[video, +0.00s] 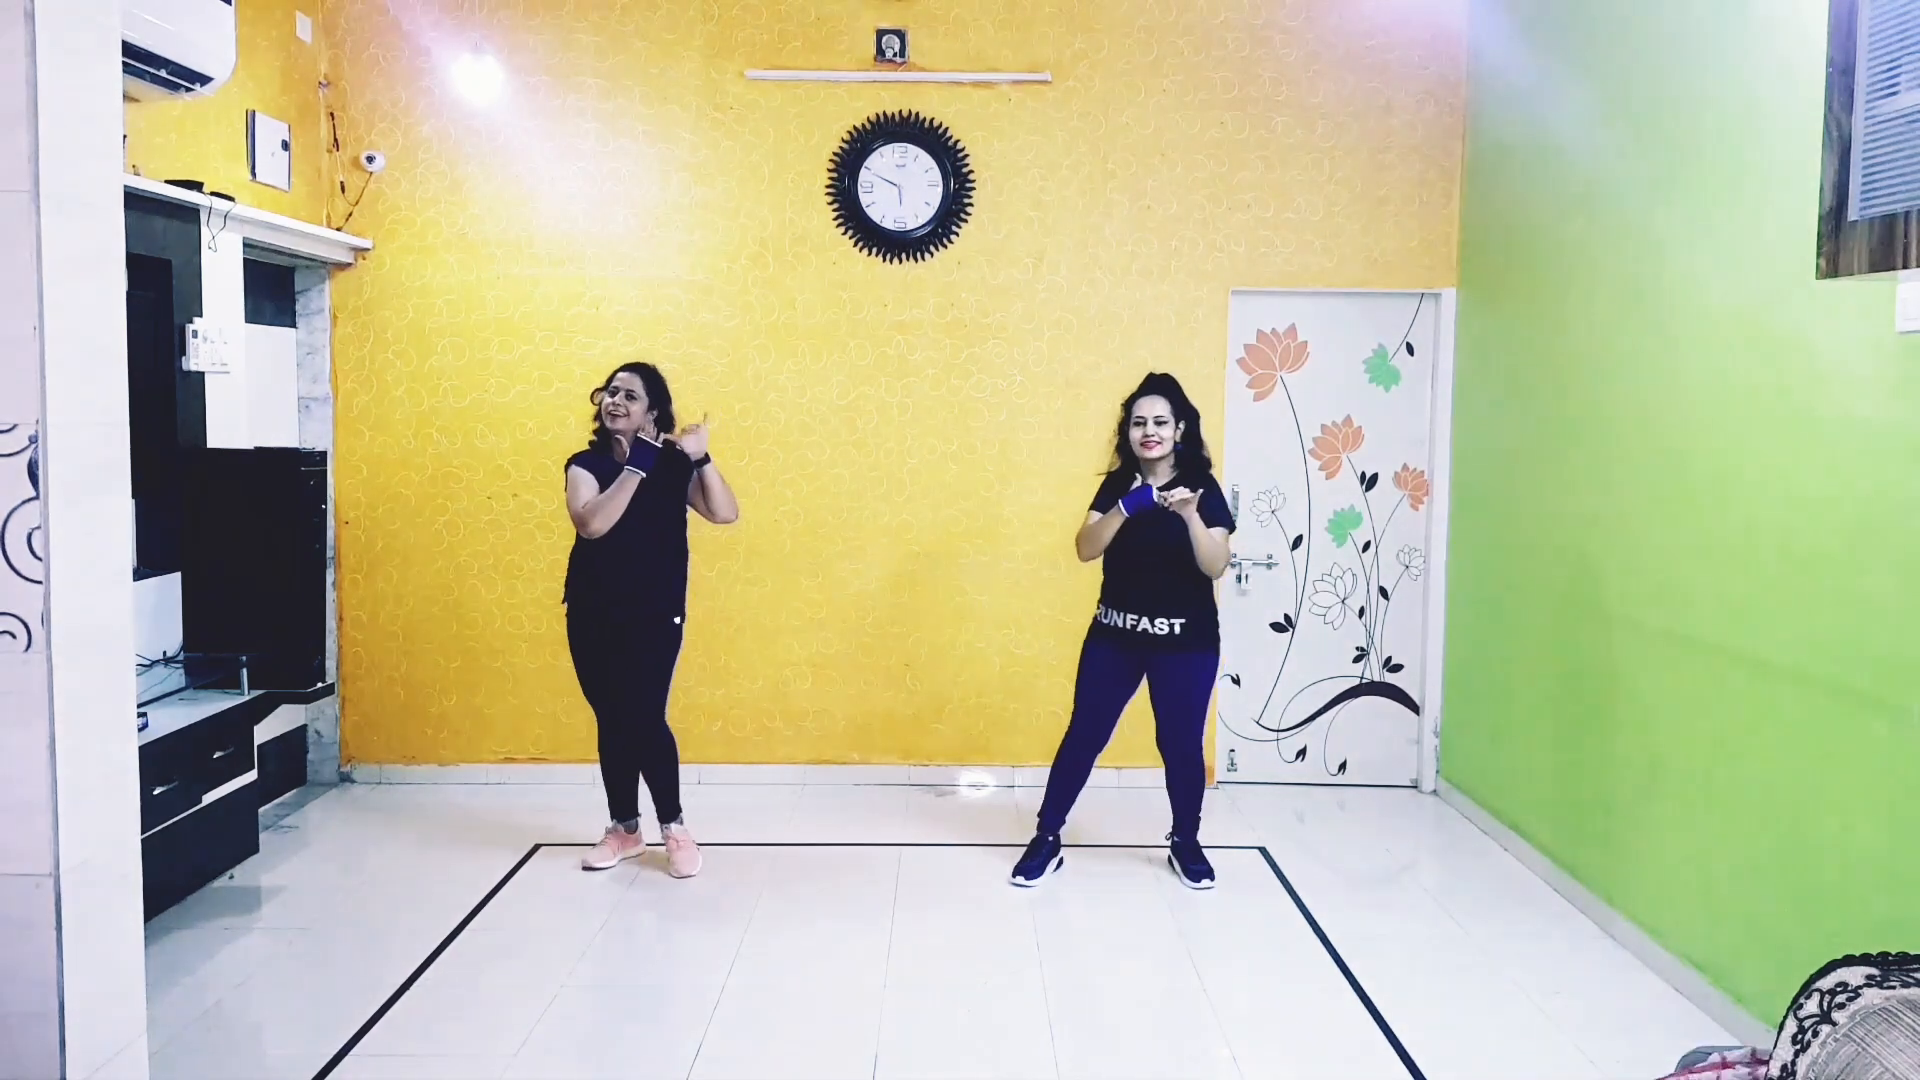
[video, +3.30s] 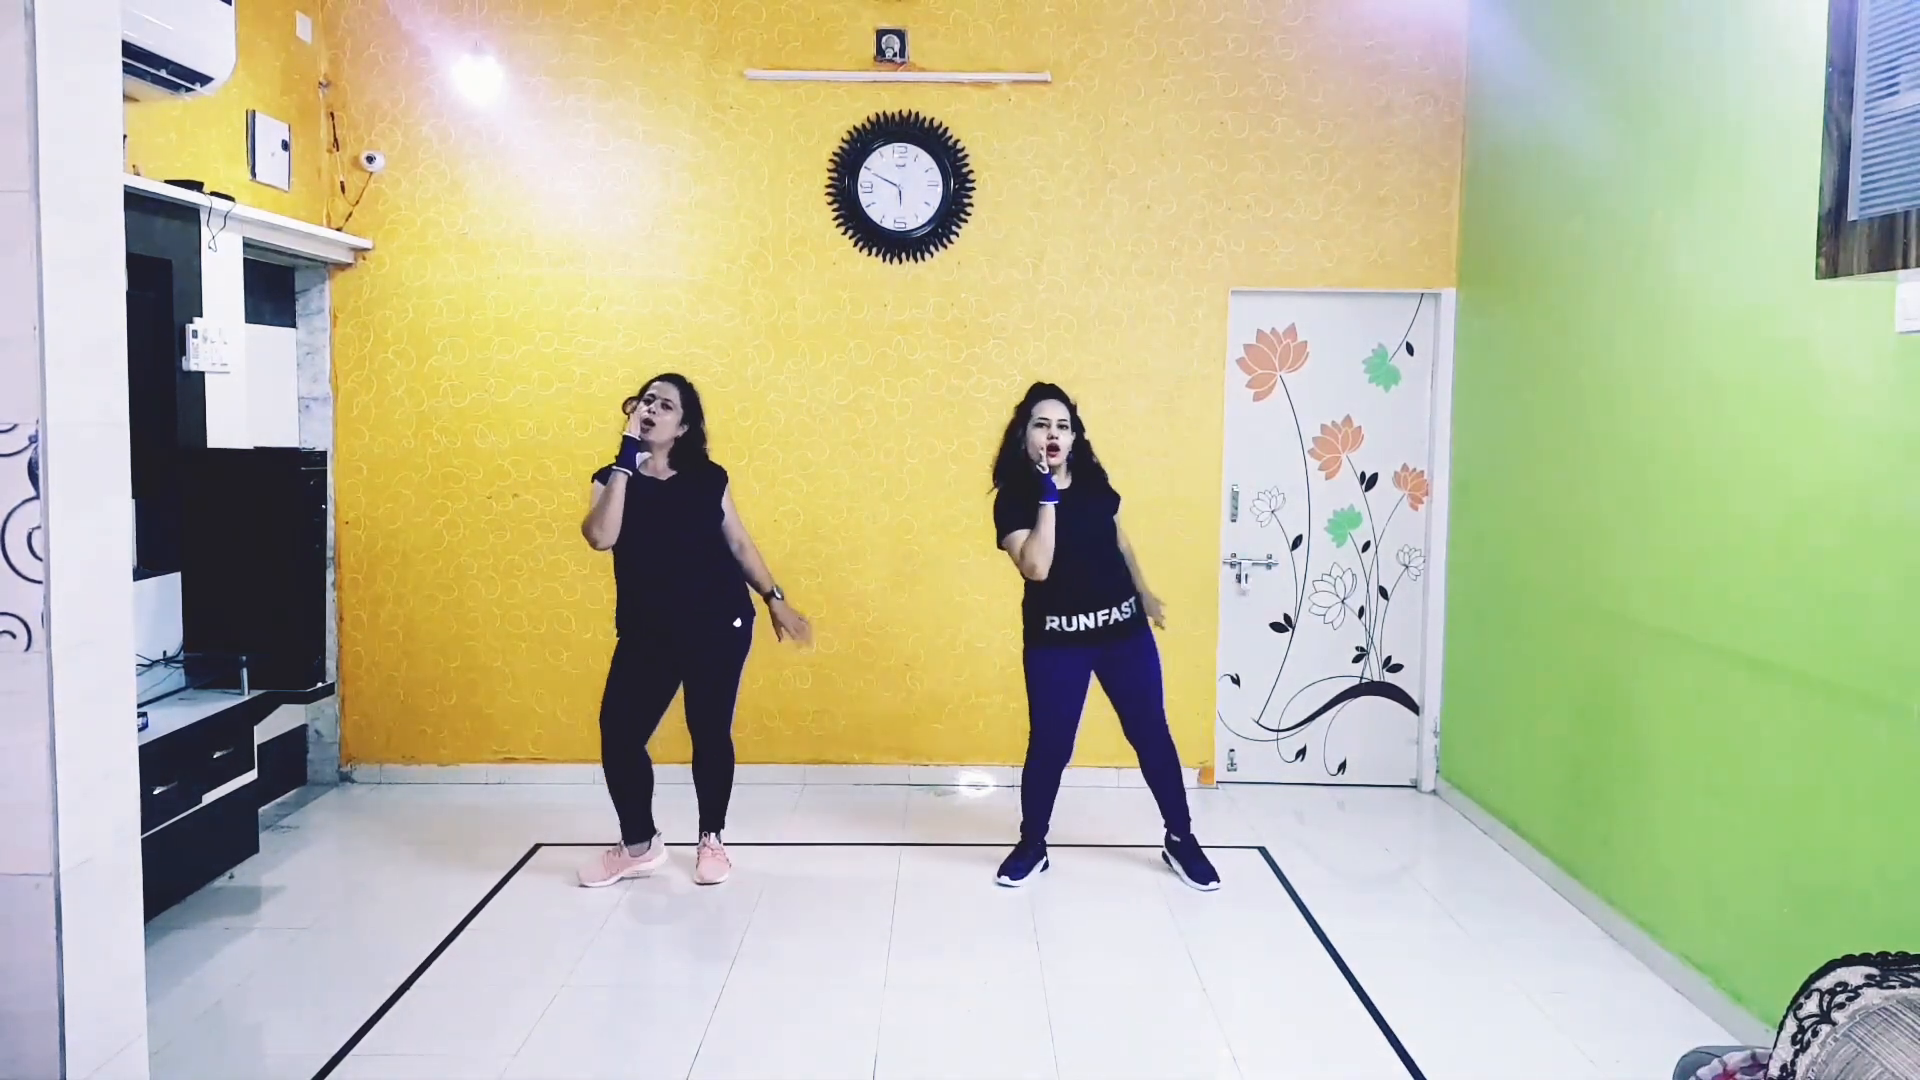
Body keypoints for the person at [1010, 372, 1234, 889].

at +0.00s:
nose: (1148, 430)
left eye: (1160, 420)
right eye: (1138, 420)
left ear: (1180, 428)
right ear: (1127, 430)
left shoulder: (1202, 488)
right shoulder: (1118, 482)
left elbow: (1216, 566)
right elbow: (1086, 550)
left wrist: (1192, 517)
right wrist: (1122, 510)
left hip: (1186, 640)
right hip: (1116, 632)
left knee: (1182, 748)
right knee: (1083, 737)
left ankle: (1186, 841)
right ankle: (1046, 836)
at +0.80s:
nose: (1100, 436)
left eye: (1111, 427)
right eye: (1089, 425)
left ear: (1124, 436)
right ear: (1070, 431)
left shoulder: (1133, 488)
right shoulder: (1054, 497)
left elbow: (1179, 537)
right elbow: (1084, 560)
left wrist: (1179, 487)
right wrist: (1123, 502)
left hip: (1152, 634)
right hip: (1085, 640)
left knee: (1176, 742)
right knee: (1063, 747)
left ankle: (1187, 840)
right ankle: (1030, 842)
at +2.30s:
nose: (1128, 445)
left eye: (1138, 433)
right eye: (1117, 436)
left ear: (1160, 434)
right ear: (1107, 442)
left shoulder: (1188, 494)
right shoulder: (1105, 490)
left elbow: (1212, 572)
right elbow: (1078, 564)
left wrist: (1170, 554)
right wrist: (1105, 529)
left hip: (1172, 643)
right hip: (1103, 636)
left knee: (1181, 752)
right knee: (1071, 743)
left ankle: (1187, 844)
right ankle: (1033, 840)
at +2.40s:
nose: (1133, 445)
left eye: (1144, 433)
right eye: (1123, 435)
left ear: (1166, 435)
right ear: (1112, 442)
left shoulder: (1194, 494)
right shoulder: (1110, 492)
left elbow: (1221, 568)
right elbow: (1083, 566)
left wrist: (1178, 583)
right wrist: (1111, 535)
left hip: (1182, 645)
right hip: (1111, 639)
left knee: (1185, 753)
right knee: (1077, 744)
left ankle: (1187, 845)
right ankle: (1034, 840)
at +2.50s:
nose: (1139, 445)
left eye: (1150, 433)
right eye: (1129, 435)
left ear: (1172, 436)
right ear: (1117, 443)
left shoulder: (1200, 497)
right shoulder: (1112, 496)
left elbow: (1223, 573)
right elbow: (1088, 573)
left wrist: (1211, 636)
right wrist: (1113, 539)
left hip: (1188, 643)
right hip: (1119, 641)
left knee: (1189, 755)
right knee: (1083, 744)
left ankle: (1187, 845)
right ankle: (1035, 840)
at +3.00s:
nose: (1082, 441)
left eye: (1092, 432)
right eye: (1071, 432)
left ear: (1107, 440)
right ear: (1057, 442)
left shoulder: (1136, 480)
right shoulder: (1055, 502)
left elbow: (1177, 541)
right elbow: (1074, 575)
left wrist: (1216, 586)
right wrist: (1081, 502)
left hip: (1167, 635)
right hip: (1098, 642)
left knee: (1182, 743)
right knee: (1072, 747)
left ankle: (1187, 842)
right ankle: (1034, 842)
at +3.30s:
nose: (1053, 435)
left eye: (1063, 426)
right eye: (1042, 425)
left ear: (1075, 434)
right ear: (1023, 435)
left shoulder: (1093, 480)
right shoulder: (1014, 496)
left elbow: (1120, 541)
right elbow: (1036, 568)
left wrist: (1144, 593)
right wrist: (1049, 494)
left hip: (1121, 629)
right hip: (1056, 638)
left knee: (1152, 735)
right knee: (1049, 749)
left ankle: (1181, 837)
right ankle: (1032, 843)